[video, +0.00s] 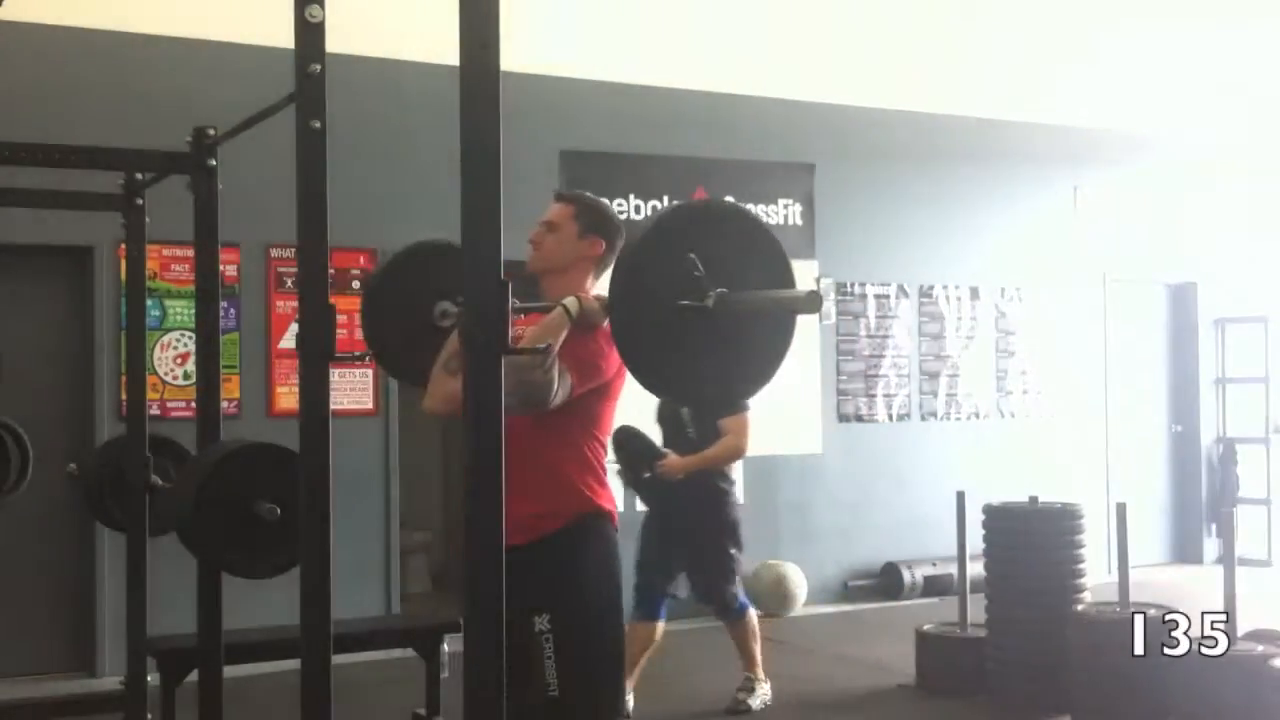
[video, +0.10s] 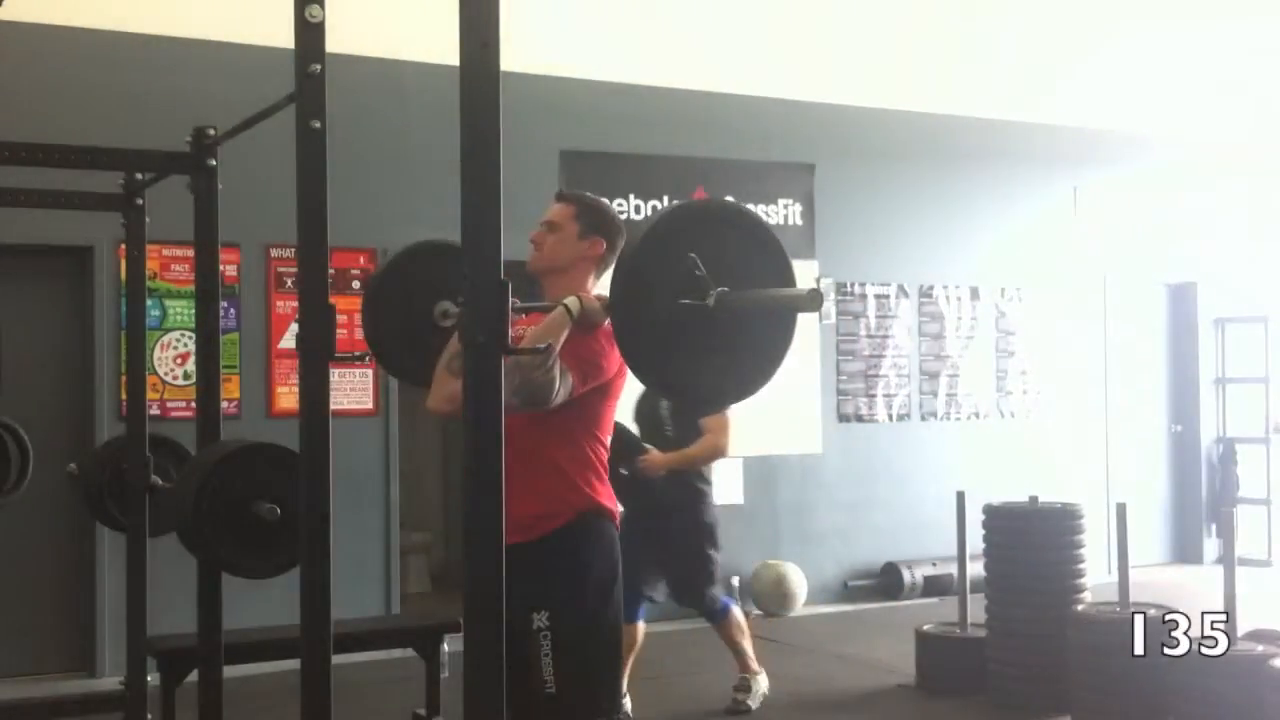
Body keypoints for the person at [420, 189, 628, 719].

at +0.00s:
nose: (534, 236)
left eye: (550, 228)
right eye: (538, 227)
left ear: (591, 248)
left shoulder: (601, 330)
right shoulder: (519, 333)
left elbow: (531, 384)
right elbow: (437, 398)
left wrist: (564, 312)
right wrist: (467, 322)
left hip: (573, 531)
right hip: (507, 536)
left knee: (591, 687)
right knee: (507, 687)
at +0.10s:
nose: (534, 236)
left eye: (551, 228)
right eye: (539, 227)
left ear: (593, 248)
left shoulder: (602, 331)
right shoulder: (520, 331)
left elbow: (530, 385)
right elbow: (441, 397)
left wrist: (567, 310)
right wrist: (467, 325)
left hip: (574, 533)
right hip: (508, 538)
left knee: (584, 693)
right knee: (509, 690)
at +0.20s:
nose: (536, 236)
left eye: (552, 228)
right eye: (540, 227)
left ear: (594, 248)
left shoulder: (603, 334)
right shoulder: (519, 330)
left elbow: (534, 386)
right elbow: (442, 399)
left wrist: (568, 311)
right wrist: (468, 325)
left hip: (575, 531)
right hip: (509, 535)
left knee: (582, 688)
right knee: (510, 686)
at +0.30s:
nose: (536, 234)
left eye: (554, 227)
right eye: (541, 225)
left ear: (595, 247)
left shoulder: (603, 335)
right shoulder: (520, 328)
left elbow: (535, 386)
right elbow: (443, 400)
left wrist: (571, 310)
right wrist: (469, 326)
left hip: (575, 532)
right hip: (509, 537)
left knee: (585, 692)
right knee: (511, 690)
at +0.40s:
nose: (538, 235)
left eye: (555, 227)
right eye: (543, 225)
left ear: (596, 247)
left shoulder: (601, 335)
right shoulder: (519, 328)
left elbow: (534, 384)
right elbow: (443, 396)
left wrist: (571, 307)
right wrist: (470, 324)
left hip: (572, 531)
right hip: (509, 536)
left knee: (583, 692)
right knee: (523, 691)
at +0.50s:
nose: (540, 236)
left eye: (557, 229)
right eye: (544, 228)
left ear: (598, 250)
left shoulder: (601, 339)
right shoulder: (518, 331)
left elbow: (535, 387)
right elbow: (443, 400)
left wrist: (570, 310)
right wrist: (472, 324)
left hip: (571, 531)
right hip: (507, 536)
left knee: (590, 690)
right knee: (526, 688)